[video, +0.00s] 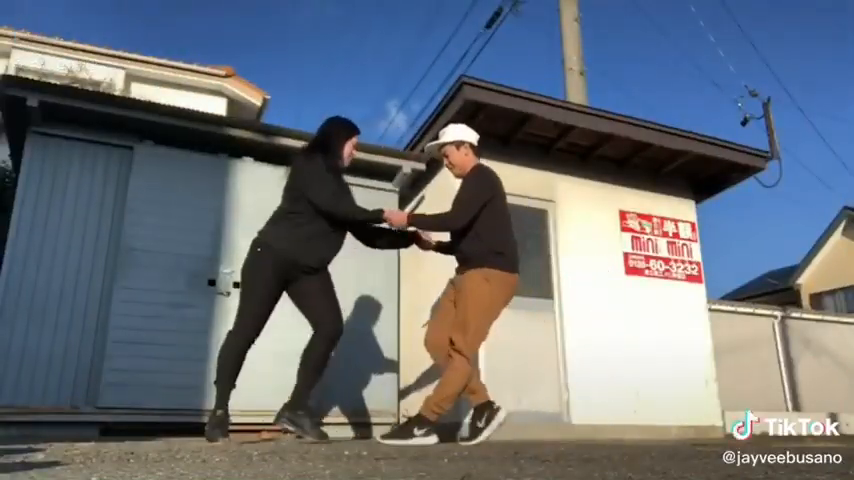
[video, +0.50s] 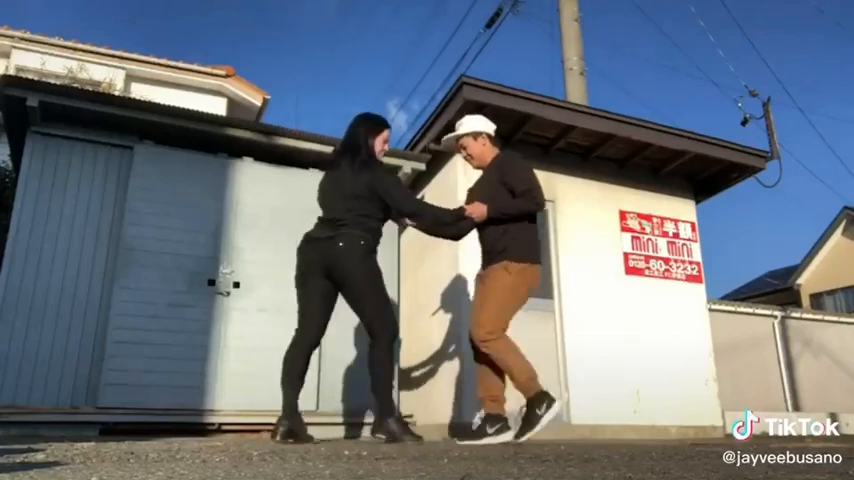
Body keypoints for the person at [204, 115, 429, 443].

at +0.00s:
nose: (354, 153)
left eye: (355, 146)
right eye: (351, 145)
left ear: (338, 145)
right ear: (335, 141)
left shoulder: (338, 186)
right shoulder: (309, 163)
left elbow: (370, 236)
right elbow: (334, 207)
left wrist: (412, 238)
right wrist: (380, 215)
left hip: (307, 268)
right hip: (271, 256)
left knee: (329, 329)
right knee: (245, 331)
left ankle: (296, 409)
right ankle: (219, 410)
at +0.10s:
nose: (355, 152)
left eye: (356, 146)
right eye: (352, 144)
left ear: (336, 143)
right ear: (336, 140)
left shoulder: (334, 182)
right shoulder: (316, 166)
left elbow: (368, 235)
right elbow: (343, 210)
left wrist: (405, 233)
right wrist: (392, 215)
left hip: (311, 270)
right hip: (282, 257)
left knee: (316, 336)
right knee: (262, 329)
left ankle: (282, 416)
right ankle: (220, 409)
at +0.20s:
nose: (360, 150)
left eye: (361, 144)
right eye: (358, 143)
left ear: (338, 140)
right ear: (343, 139)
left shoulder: (330, 172)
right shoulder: (332, 167)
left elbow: (358, 229)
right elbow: (367, 211)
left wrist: (394, 224)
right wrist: (413, 211)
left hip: (302, 255)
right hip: (300, 252)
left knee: (300, 336)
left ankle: (280, 418)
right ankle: (240, 388)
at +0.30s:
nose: (368, 147)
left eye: (369, 140)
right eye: (365, 139)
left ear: (338, 135)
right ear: (350, 136)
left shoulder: (323, 163)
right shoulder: (351, 166)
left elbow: (353, 216)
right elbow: (390, 204)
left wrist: (385, 207)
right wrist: (437, 210)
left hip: (292, 247)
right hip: (320, 248)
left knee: (289, 334)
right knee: (352, 321)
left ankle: (278, 418)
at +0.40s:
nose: (377, 146)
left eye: (378, 139)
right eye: (374, 139)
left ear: (345, 135)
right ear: (359, 136)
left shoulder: (325, 165)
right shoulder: (365, 170)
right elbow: (405, 204)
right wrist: (454, 210)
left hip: (300, 244)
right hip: (337, 244)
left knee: (293, 331)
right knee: (365, 324)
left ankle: (280, 418)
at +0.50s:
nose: (386, 148)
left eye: (387, 142)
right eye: (383, 141)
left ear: (354, 138)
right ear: (368, 139)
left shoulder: (334, 170)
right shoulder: (375, 174)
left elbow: (360, 202)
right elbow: (414, 207)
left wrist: (398, 212)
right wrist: (461, 213)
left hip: (314, 248)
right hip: (352, 250)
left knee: (307, 335)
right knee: (383, 331)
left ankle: (288, 418)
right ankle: (387, 418)